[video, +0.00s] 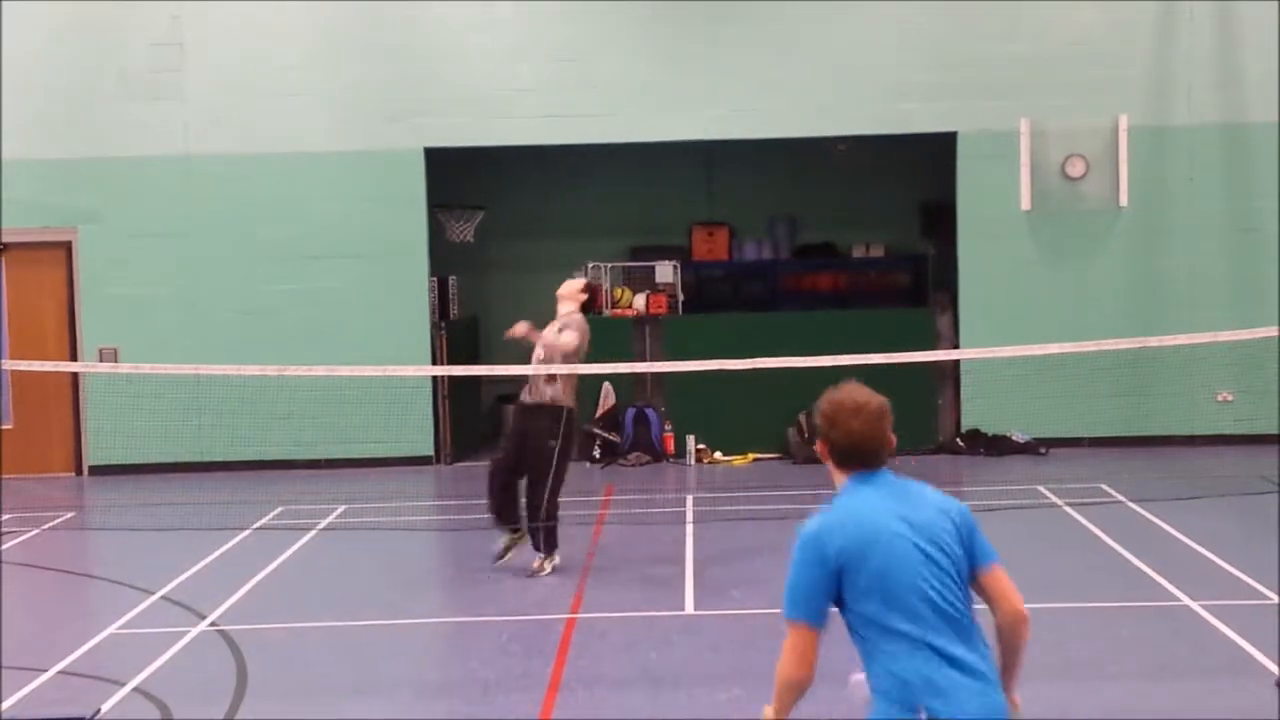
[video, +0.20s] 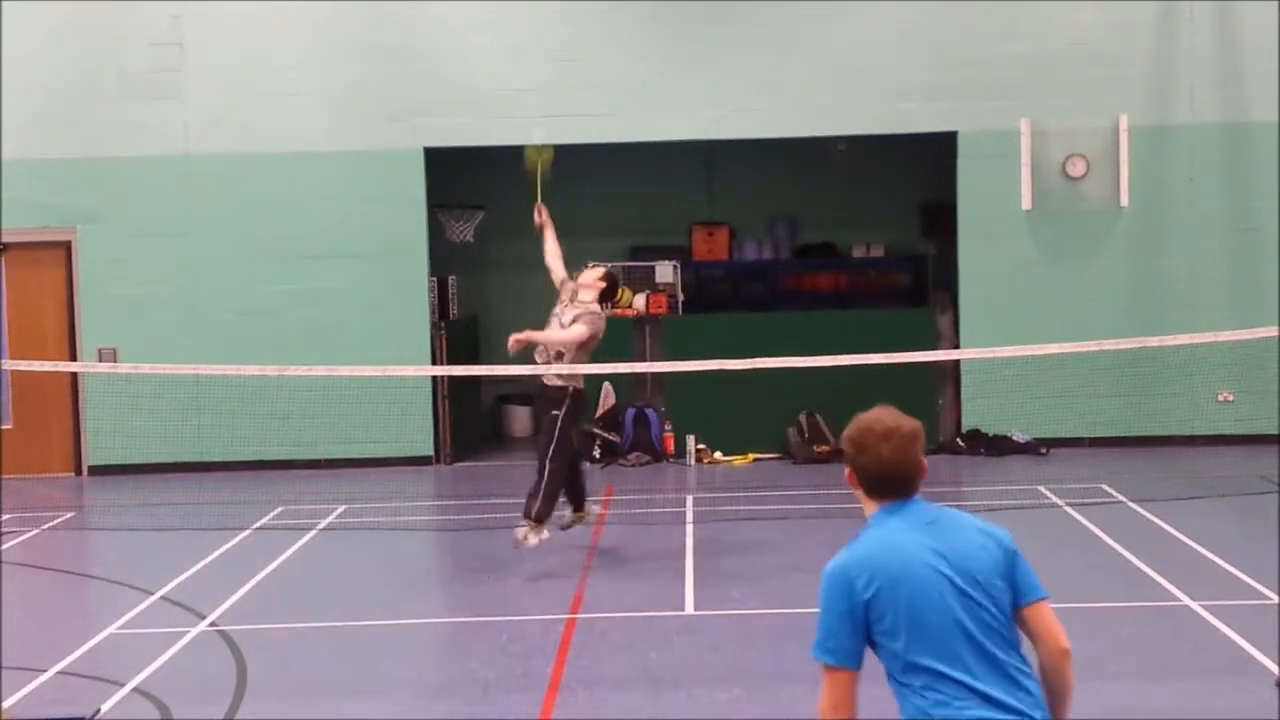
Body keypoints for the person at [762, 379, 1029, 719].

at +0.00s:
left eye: (817, 438)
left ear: (822, 450)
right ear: (892, 442)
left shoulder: (825, 531)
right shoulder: (945, 507)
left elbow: (797, 672)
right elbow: (1014, 614)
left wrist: (777, 711)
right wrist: (1007, 688)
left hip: (904, 709)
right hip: (984, 704)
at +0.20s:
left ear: (850, 478)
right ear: (924, 468)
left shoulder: (850, 570)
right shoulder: (989, 537)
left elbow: (837, 705)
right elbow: (1056, 647)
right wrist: (1055, 712)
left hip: (937, 710)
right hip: (1024, 709)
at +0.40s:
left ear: (893, 451)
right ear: (970, 440)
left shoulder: (885, 548)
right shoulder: (1028, 519)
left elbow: (875, 698)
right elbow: (1100, 635)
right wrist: (1090, 713)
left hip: (963, 711)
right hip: (1051, 708)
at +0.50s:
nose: (918, 432)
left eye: (919, 425)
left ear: (925, 441)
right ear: (994, 439)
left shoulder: (904, 540)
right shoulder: (1050, 521)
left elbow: (890, 687)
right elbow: (1115, 644)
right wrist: (1114, 713)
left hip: (965, 710)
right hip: (1055, 709)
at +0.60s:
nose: (952, 415)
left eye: (956, 412)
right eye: (957, 409)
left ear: (966, 439)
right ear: (1030, 443)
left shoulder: (928, 535)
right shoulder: (1074, 529)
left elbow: (905, 680)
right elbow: (1129, 660)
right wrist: (1133, 714)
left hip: (971, 709)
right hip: (1061, 708)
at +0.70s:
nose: (989, 412)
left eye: (997, 410)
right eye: (997, 406)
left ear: (1008, 446)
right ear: (1062, 452)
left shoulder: (955, 534)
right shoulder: (1102, 541)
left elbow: (924, 673)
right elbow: (1135, 678)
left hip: (983, 709)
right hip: (1074, 710)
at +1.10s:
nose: (976, 424)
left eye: (986, 418)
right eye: (984, 415)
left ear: (1001, 447)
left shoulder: (941, 528)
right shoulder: (1083, 535)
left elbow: (922, 655)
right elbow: (1115, 670)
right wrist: (1079, 712)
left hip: (965, 709)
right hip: (1056, 709)